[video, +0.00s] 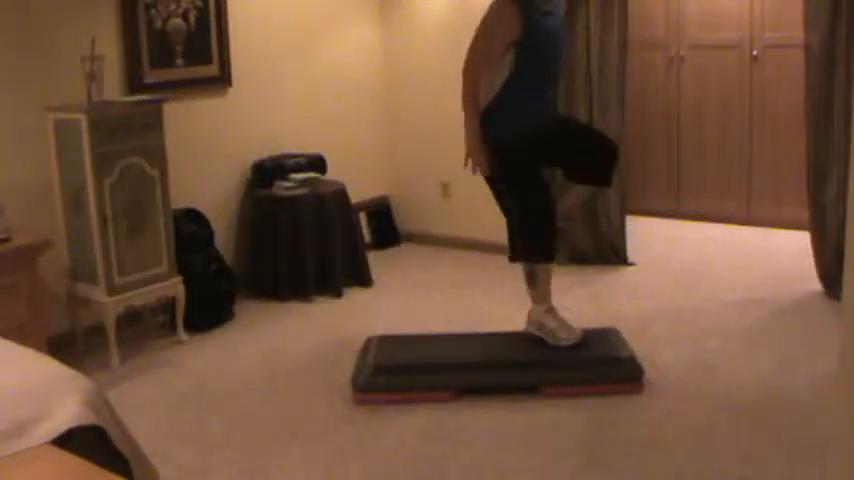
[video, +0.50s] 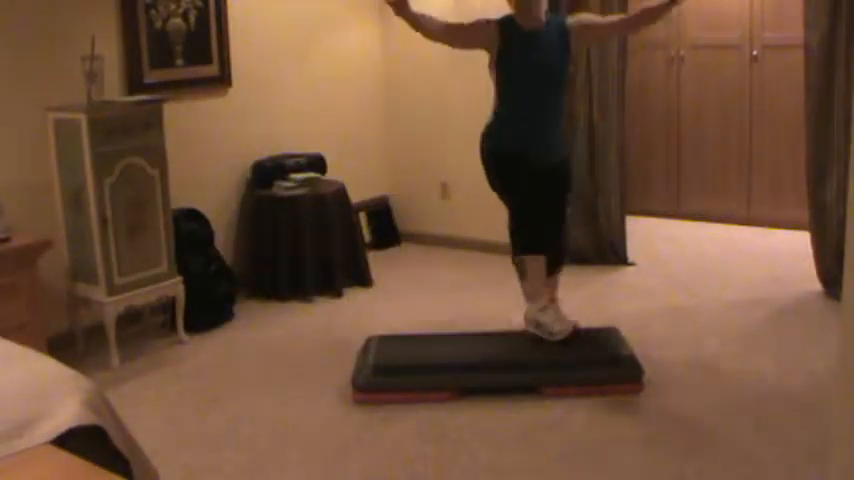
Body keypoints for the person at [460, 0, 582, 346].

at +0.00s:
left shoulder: (555, 10)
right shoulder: (509, 9)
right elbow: (472, 68)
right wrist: (474, 139)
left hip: (539, 122)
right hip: (502, 131)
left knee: (601, 154)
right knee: (536, 209)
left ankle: (557, 213)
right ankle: (541, 312)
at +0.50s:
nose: (533, 6)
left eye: (538, 2)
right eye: (526, 3)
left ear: (546, 2)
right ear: (514, 3)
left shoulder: (567, 28)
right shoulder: (497, 31)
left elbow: (623, 24)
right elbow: (445, 32)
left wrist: (667, 6)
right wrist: (406, 13)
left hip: (551, 142)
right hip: (505, 142)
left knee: (553, 219)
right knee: (526, 212)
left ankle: (550, 304)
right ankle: (535, 306)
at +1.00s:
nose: (452, 10)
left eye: (459, 3)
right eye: (446, 4)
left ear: (473, 6)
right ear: (439, 7)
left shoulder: (494, 44)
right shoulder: (430, 49)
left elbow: (535, 82)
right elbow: (422, 97)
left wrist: (542, 136)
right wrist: (421, 142)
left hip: (496, 158)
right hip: (451, 160)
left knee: (508, 243)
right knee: (454, 241)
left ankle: (538, 293)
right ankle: (465, 313)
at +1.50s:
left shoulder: (448, 24)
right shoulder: (388, 26)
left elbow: (499, 47)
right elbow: (338, 39)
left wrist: (477, 31)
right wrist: (287, 35)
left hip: (450, 148)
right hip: (411, 149)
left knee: (406, 229)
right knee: (423, 228)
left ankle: (413, 319)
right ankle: (456, 295)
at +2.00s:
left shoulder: (434, 12)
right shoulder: (366, 11)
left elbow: (478, 63)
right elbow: (350, 58)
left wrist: (494, 110)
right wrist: (332, 101)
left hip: (429, 134)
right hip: (384, 130)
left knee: (410, 228)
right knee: (349, 201)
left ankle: (414, 318)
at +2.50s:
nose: (433, 5)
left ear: (433, 5)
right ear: (402, 3)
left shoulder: (441, 40)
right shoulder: (371, 41)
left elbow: (484, 55)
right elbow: (323, 59)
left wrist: (524, 60)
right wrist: (291, 72)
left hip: (434, 149)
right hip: (387, 152)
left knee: (447, 226)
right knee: (391, 238)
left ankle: (444, 299)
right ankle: (382, 316)